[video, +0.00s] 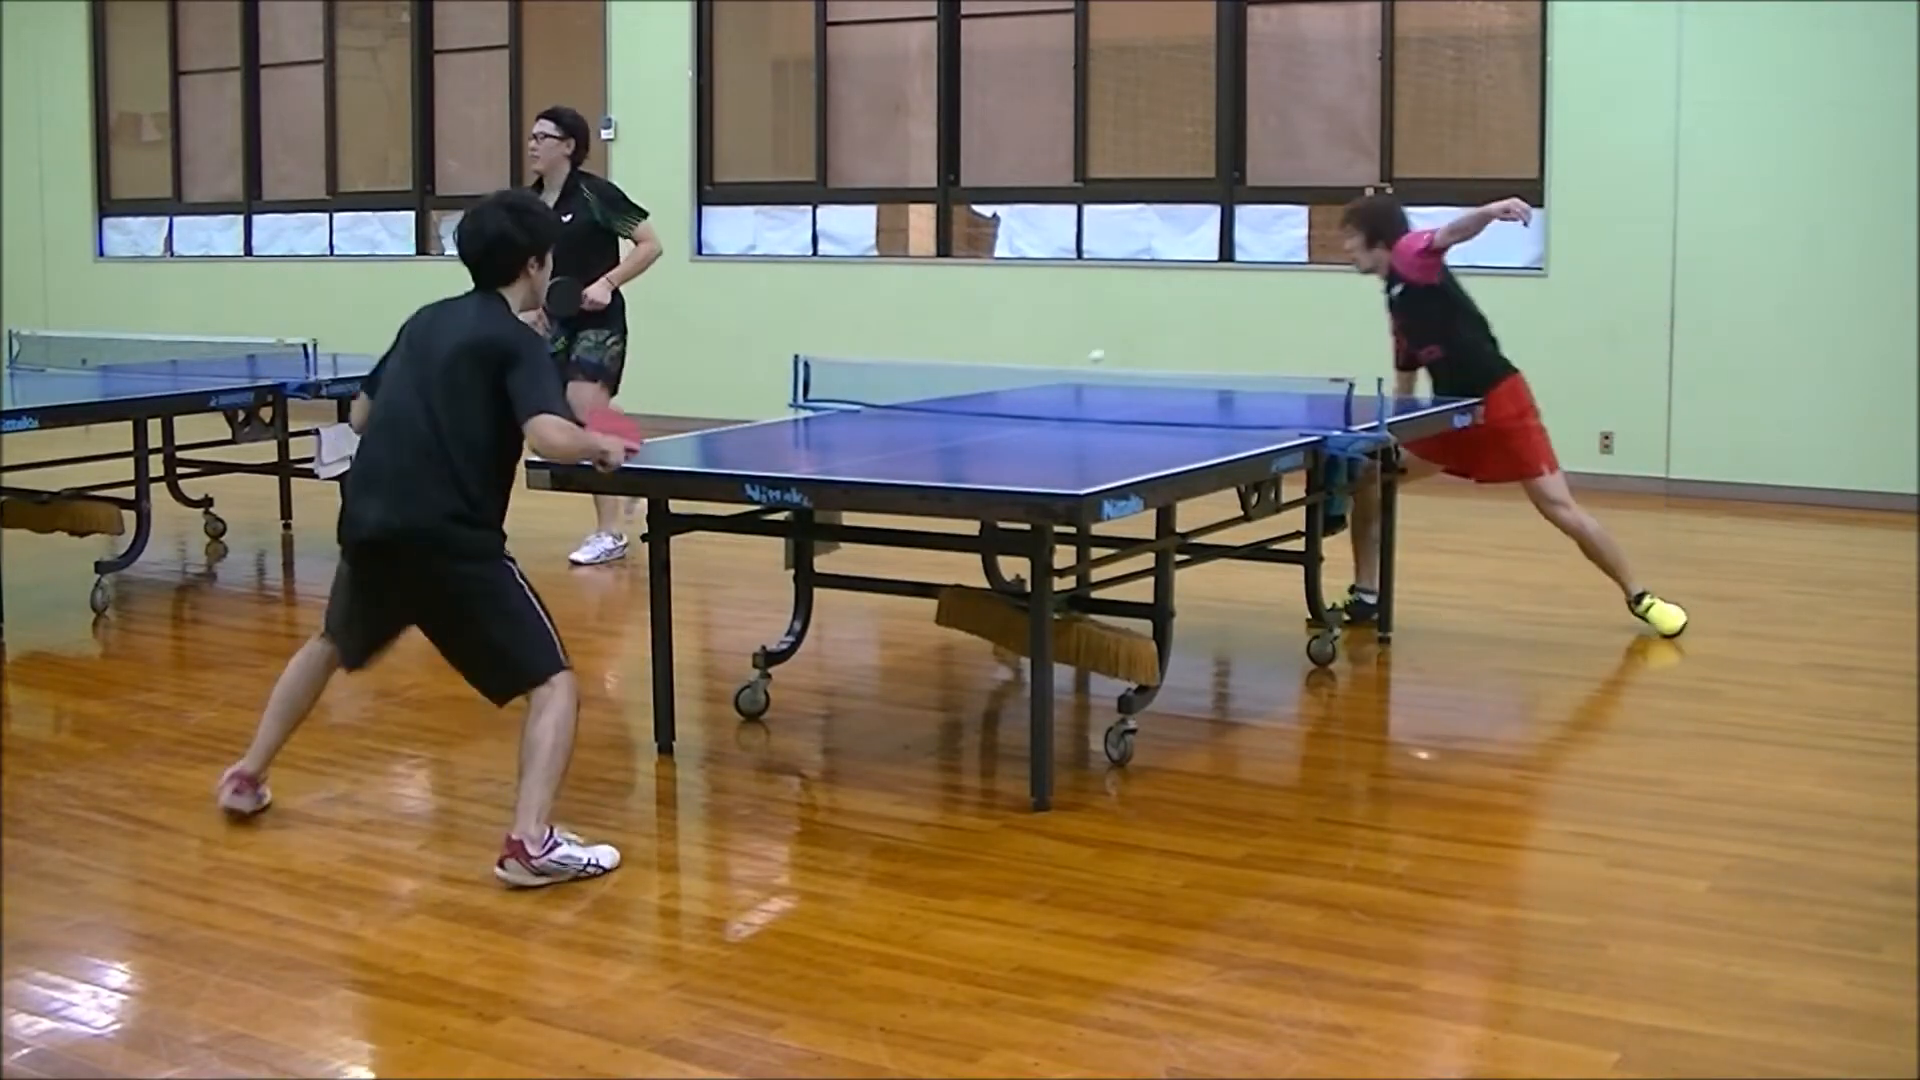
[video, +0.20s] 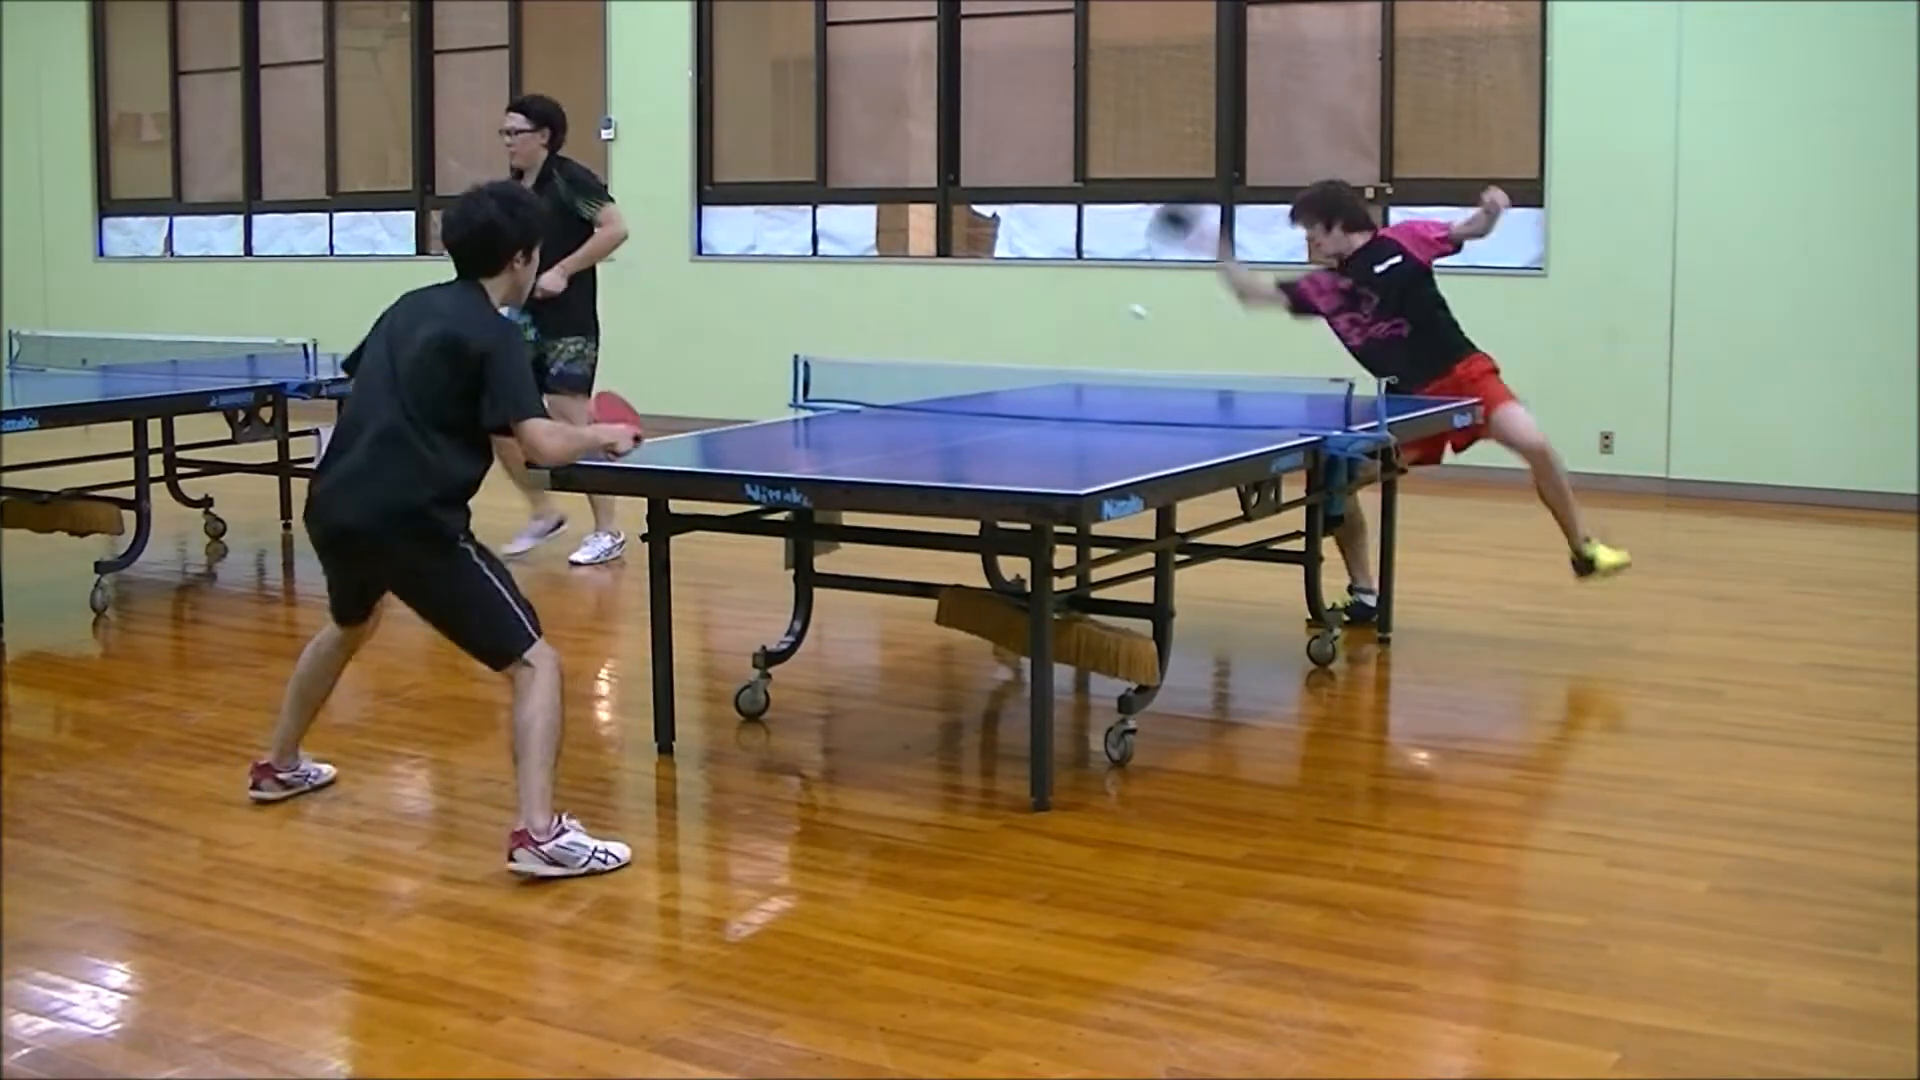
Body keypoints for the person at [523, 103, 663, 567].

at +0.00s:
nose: (532, 145)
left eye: (542, 138)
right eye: (531, 137)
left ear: (569, 146)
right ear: (535, 145)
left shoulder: (596, 192)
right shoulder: (532, 197)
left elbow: (650, 244)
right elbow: (516, 255)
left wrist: (608, 283)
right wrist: (525, 304)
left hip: (597, 316)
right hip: (550, 317)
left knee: (584, 407)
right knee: (567, 418)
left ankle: (611, 530)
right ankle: (620, 511)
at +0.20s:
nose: (507, 142)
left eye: (516, 134)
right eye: (505, 134)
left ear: (546, 136)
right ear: (507, 138)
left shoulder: (569, 178)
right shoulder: (514, 186)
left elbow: (615, 228)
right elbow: (517, 242)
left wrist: (562, 269)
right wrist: (506, 283)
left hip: (569, 326)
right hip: (522, 322)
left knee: (571, 423)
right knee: (503, 428)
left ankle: (607, 531)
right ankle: (544, 513)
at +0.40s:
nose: (456, 147)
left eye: (465, 138)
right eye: (454, 139)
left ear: (496, 140)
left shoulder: (532, 189)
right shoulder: (464, 197)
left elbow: (555, 247)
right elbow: (449, 253)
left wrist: (491, 254)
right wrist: (424, 287)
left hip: (535, 337)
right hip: (480, 339)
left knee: (558, 432)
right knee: (468, 439)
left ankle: (603, 528)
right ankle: (441, 538)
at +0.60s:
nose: (381, 160)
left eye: (390, 150)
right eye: (381, 151)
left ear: (421, 155)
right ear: (401, 158)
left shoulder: (465, 201)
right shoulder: (398, 220)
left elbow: (507, 261)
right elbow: (374, 283)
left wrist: (446, 296)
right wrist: (348, 326)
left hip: (485, 347)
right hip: (432, 344)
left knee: (515, 436)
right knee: (393, 433)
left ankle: (581, 504)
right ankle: (393, 546)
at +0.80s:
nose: (330, 163)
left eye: (337, 153)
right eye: (330, 154)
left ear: (367, 156)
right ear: (356, 160)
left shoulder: (421, 185)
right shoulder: (361, 229)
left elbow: (482, 231)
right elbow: (349, 302)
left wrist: (440, 283)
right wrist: (318, 364)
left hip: (464, 325)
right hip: (415, 330)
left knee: (448, 427)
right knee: (387, 435)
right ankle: (394, 547)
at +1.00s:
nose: (337, 148)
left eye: (345, 139)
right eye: (339, 140)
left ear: (370, 144)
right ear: (366, 147)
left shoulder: (415, 178)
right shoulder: (370, 213)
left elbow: (468, 228)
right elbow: (353, 288)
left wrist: (420, 285)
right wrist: (317, 346)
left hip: (456, 329)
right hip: (418, 333)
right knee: (394, 431)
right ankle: (392, 551)